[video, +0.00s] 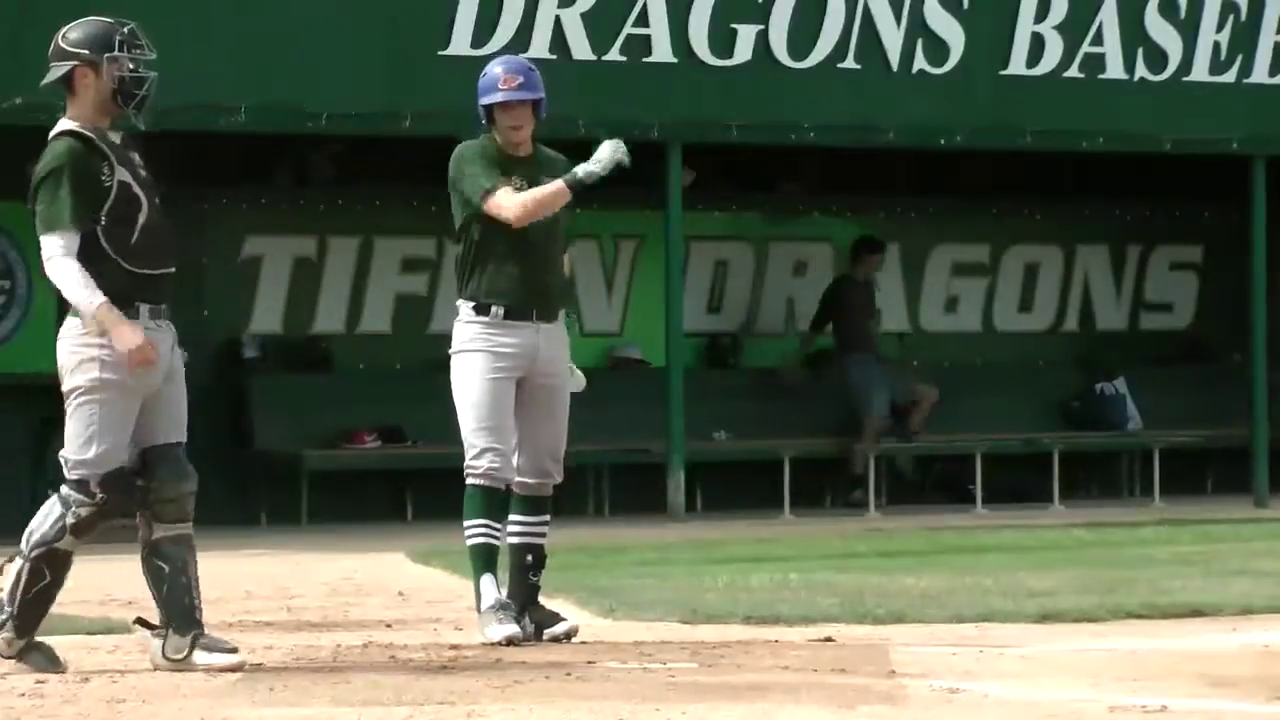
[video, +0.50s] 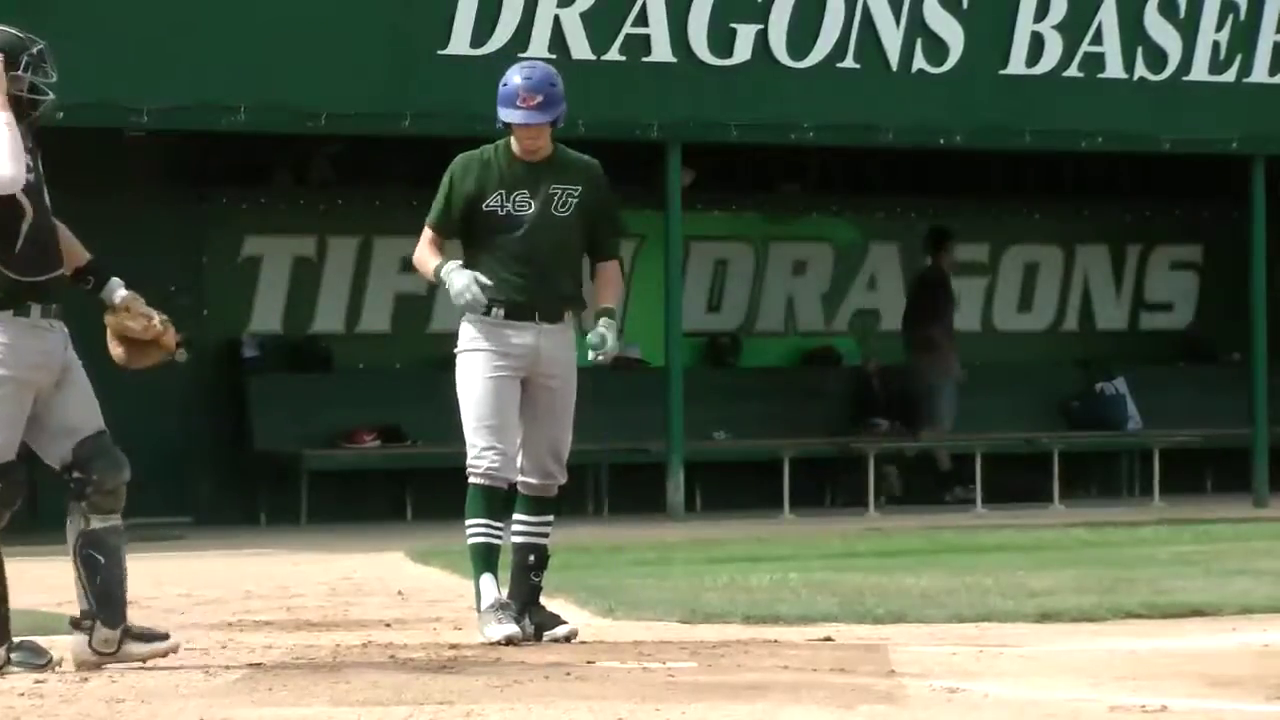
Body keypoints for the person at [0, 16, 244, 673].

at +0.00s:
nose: (131, 75)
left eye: (129, 65)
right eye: (118, 65)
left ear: (107, 74)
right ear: (82, 74)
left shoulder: (120, 143)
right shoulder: (67, 152)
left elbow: (121, 240)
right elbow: (59, 256)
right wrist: (116, 327)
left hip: (156, 331)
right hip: (102, 334)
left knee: (169, 488)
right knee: (91, 493)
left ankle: (182, 637)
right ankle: (11, 624)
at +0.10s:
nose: (107, 84)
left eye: (107, 73)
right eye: (96, 73)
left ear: (74, 79)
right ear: (62, 75)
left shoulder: (97, 151)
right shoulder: (39, 157)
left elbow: (106, 260)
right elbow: (37, 261)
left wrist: (145, 366)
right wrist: (120, 278)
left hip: (124, 333)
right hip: (71, 335)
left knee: (147, 488)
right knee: (53, 496)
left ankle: (178, 634)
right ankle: (6, 636)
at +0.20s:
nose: (83, 88)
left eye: (82, 78)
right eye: (72, 76)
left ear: (63, 84)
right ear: (37, 77)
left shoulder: (73, 152)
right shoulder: (12, 156)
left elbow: (91, 260)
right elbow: (20, 256)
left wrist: (137, 329)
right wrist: (96, 213)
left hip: (98, 333)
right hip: (44, 334)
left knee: (130, 485)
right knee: (30, 497)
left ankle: (171, 631)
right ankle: (6, 641)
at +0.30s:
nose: (59, 97)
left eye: (61, 87)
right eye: (51, 85)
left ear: (28, 84)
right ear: (16, 79)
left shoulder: (44, 150)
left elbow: (79, 235)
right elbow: (22, 235)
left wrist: (133, 299)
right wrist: (54, 155)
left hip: (76, 331)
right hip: (21, 332)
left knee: (122, 476)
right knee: (10, 497)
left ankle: (162, 625)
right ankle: (5, 642)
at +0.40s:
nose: (55, 86)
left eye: (54, 76)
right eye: (46, 76)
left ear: (26, 80)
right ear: (21, 79)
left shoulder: (38, 141)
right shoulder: (6, 141)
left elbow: (60, 228)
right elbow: (18, 207)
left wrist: (126, 288)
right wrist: (17, 119)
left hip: (61, 331)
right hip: (14, 331)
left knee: (114, 473)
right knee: (5, 495)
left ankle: (143, 624)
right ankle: (5, 642)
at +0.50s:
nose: (32, 83)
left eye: (30, 73)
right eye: (23, 73)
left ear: (13, 77)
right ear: (1, 77)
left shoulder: (21, 137)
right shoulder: (2, 137)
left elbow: (44, 228)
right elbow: (20, 232)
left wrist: (110, 290)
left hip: (45, 331)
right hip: (6, 334)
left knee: (99, 473)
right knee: (1, 490)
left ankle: (107, 627)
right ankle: (5, 643)